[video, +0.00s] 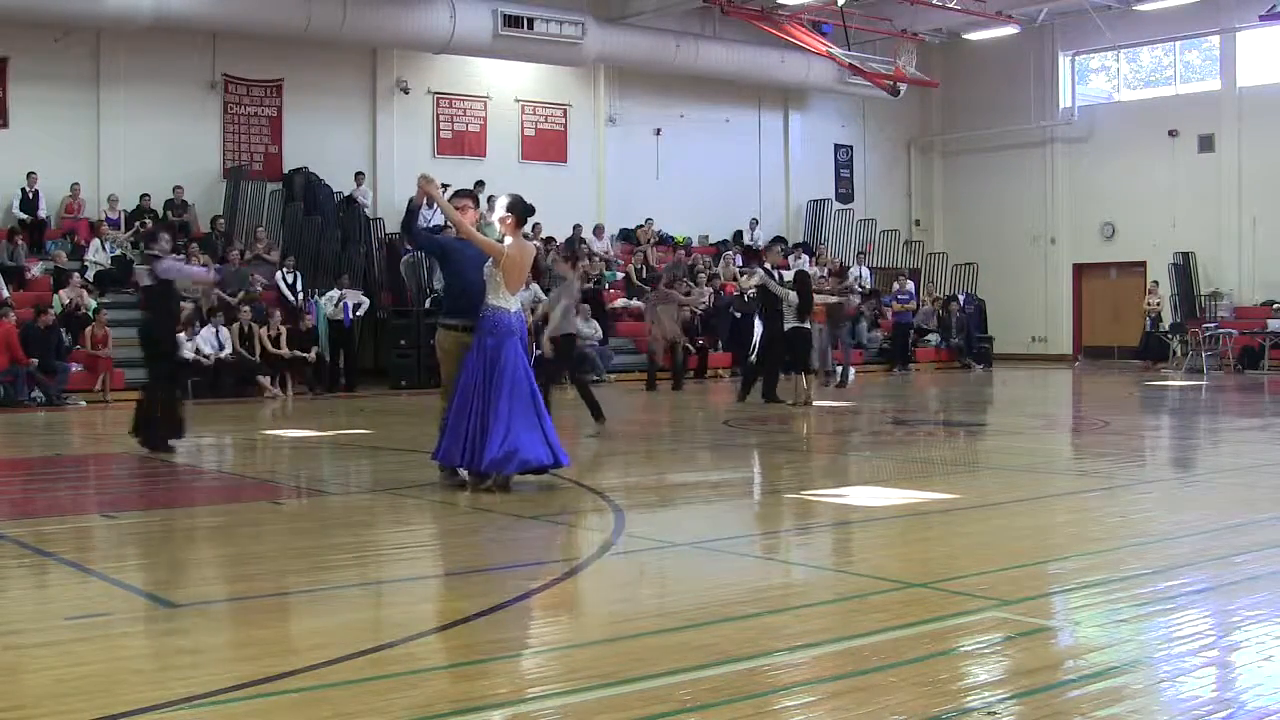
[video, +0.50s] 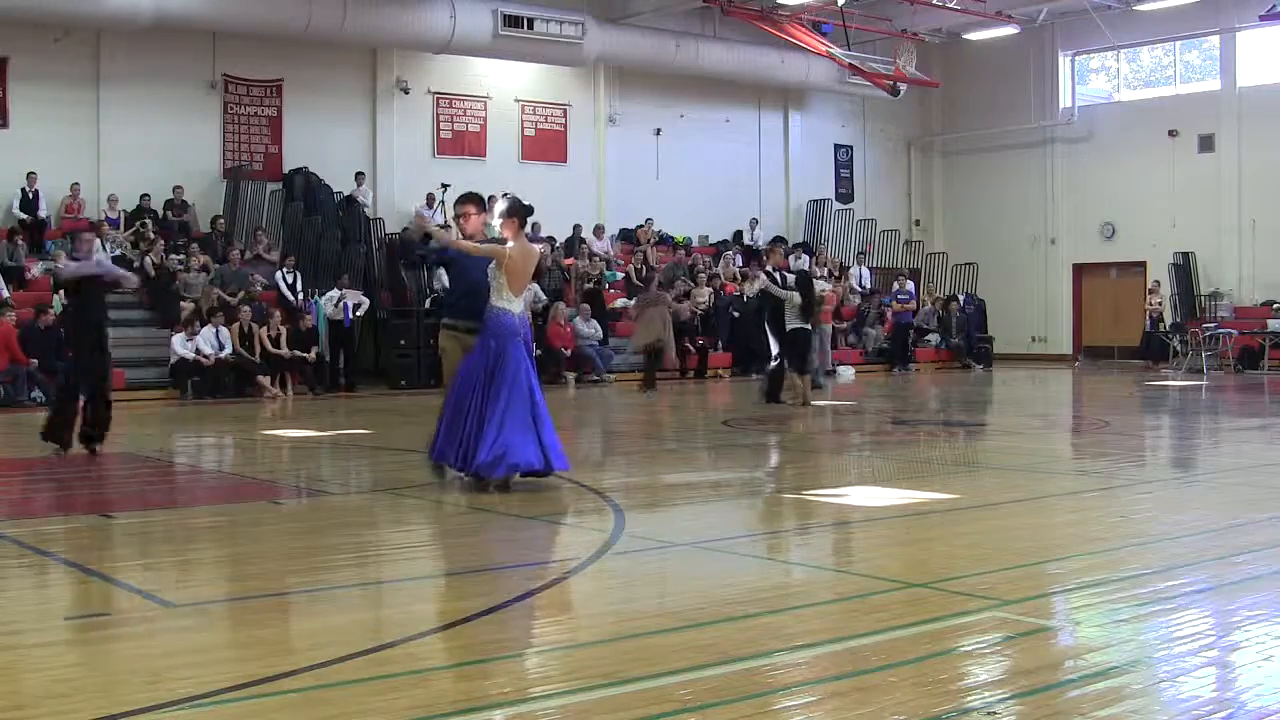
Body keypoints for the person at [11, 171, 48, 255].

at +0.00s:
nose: (34, 180)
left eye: (36, 179)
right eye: (32, 178)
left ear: (37, 180)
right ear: (27, 179)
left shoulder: (39, 193)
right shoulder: (20, 192)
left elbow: (42, 209)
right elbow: (14, 210)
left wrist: (41, 216)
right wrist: (25, 217)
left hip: (36, 217)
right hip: (24, 218)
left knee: (42, 224)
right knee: (33, 226)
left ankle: (40, 248)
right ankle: (32, 248)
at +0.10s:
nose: (33, 181)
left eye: (35, 179)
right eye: (31, 179)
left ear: (36, 180)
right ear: (27, 180)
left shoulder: (39, 193)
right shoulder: (20, 192)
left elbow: (42, 208)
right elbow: (15, 209)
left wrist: (41, 216)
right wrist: (25, 217)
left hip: (36, 216)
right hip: (24, 217)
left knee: (42, 224)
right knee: (30, 226)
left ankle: (39, 248)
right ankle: (30, 248)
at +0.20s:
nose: (33, 181)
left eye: (35, 179)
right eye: (31, 179)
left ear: (36, 180)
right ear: (27, 180)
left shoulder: (39, 193)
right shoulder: (20, 192)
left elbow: (42, 208)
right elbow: (15, 209)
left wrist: (41, 216)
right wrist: (25, 217)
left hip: (36, 216)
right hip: (24, 216)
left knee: (42, 224)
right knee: (31, 226)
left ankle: (39, 248)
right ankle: (30, 248)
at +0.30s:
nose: (34, 181)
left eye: (35, 179)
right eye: (32, 178)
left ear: (36, 180)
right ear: (27, 180)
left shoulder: (39, 193)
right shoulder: (20, 192)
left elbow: (42, 208)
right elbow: (15, 209)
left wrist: (41, 216)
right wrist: (25, 217)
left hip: (36, 216)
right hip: (24, 217)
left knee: (42, 223)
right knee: (31, 226)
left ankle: (39, 247)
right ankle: (31, 248)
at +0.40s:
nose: (34, 181)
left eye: (35, 179)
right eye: (32, 178)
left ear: (36, 180)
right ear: (27, 180)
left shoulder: (39, 193)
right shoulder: (19, 192)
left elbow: (42, 208)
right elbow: (15, 209)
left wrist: (41, 216)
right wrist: (25, 217)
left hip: (36, 217)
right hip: (24, 217)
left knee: (42, 223)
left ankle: (39, 247)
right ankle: (31, 248)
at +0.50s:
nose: (33, 181)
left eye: (35, 179)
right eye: (31, 179)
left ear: (36, 180)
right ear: (27, 180)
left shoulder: (39, 193)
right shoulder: (20, 192)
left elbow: (42, 208)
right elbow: (15, 209)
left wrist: (41, 216)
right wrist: (25, 217)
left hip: (36, 216)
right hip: (24, 216)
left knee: (42, 224)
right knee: (30, 226)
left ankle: (39, 248)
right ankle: (30, 248)